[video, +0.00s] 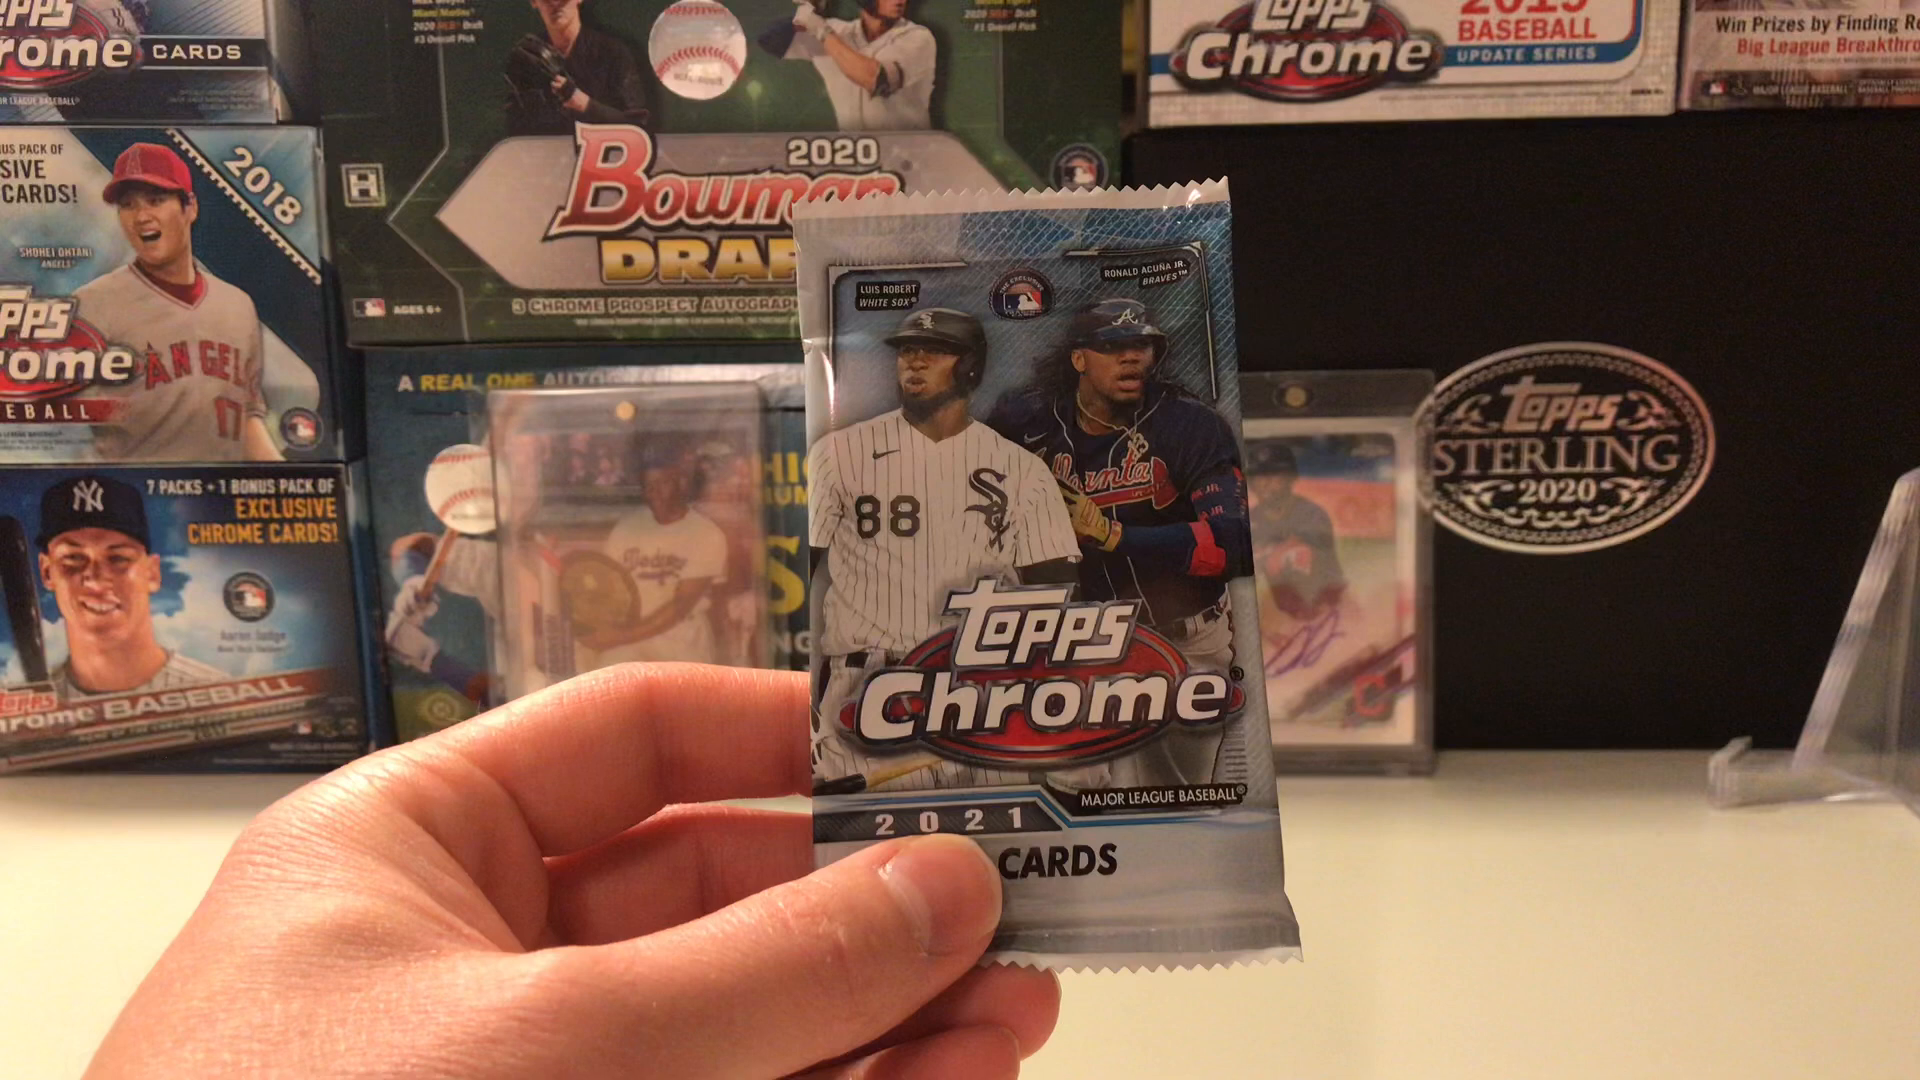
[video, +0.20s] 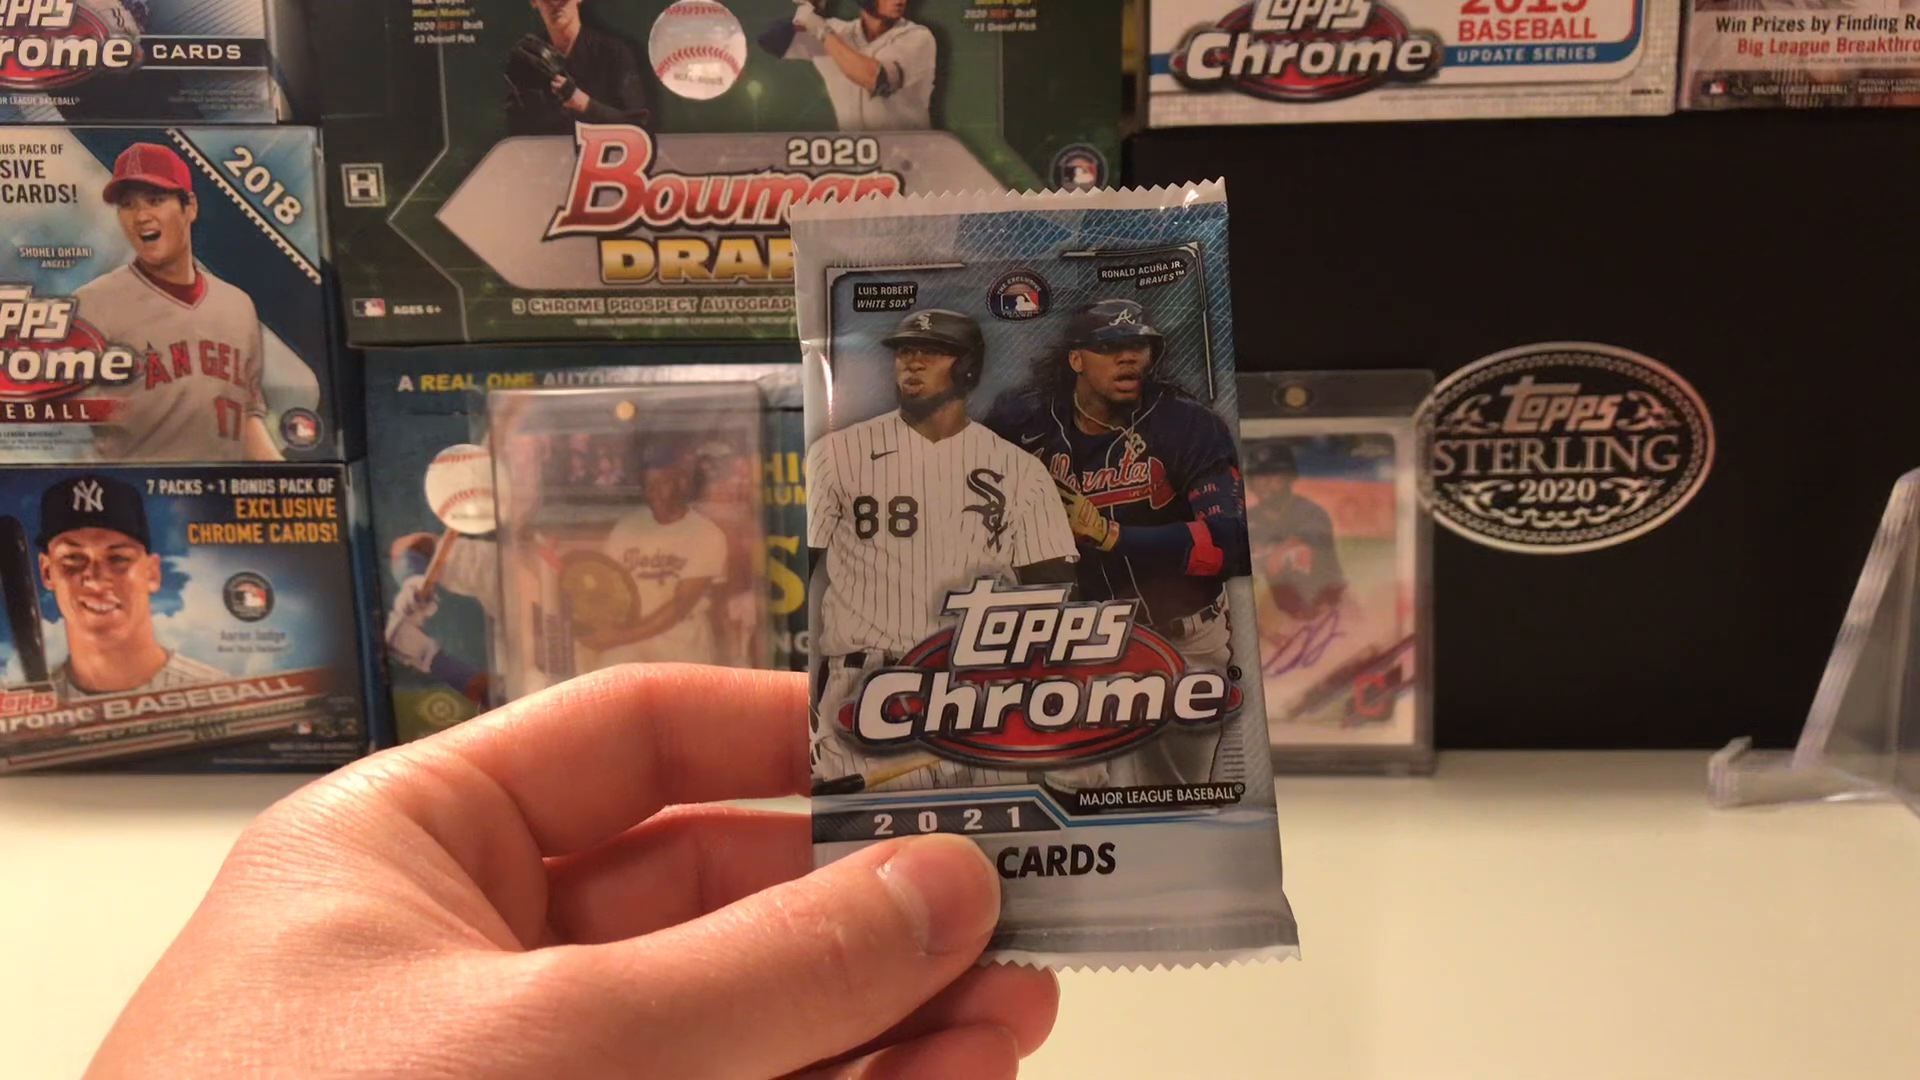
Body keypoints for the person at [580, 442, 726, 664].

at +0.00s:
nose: (654, 492)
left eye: (662, 484)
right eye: (648, 485)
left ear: (680, 484)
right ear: (642, 488)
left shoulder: (707, 535)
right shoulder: (626, 529)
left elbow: (680, 607)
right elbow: (605, 589)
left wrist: (619, 637)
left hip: (683, 659)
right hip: (626, 658)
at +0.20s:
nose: (653, 492)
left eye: (661, 483)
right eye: (648, 485)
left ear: (682, 484)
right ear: (642, 487)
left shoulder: (707, 536)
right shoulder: (625, 529)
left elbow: (680, 607)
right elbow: (604, 589)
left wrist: (618, 637)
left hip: (684, 660)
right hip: (626, 660)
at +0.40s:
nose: (653, 493)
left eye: (661, 484)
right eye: (648, 485)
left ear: (681, 483)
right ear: (642, 488)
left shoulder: (707, 535)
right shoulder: (625, 530)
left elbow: (681, 606)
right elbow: (605, 590)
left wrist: (620, 636)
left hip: (683, 660)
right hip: (626, 660)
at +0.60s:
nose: (653, 494)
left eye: (661, 484)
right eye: (648, 485)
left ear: (682, 484)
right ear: (642, 486)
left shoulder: (707, 536)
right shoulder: (625, 529)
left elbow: (680, 607)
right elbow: (605, 590)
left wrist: (621, 636)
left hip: (683, 661)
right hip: (626, 662)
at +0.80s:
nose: (653, 494)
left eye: (661, 484)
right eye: (648, 485)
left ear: (683, 484)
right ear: (642, 487)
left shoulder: (707, 536)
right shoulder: (625, 529)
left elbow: (680, 607)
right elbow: (604, 589)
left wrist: (621, 636)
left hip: (683, 658)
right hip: (626, 658)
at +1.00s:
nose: (653, 493)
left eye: (661, 484)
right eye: (648, 485)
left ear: (682, 483)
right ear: (643, 487)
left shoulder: (706, 535)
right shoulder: (625, 530)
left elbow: (680, 606)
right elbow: (605, 592)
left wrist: (619, 636)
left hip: (683, 660)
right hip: (626, 660)